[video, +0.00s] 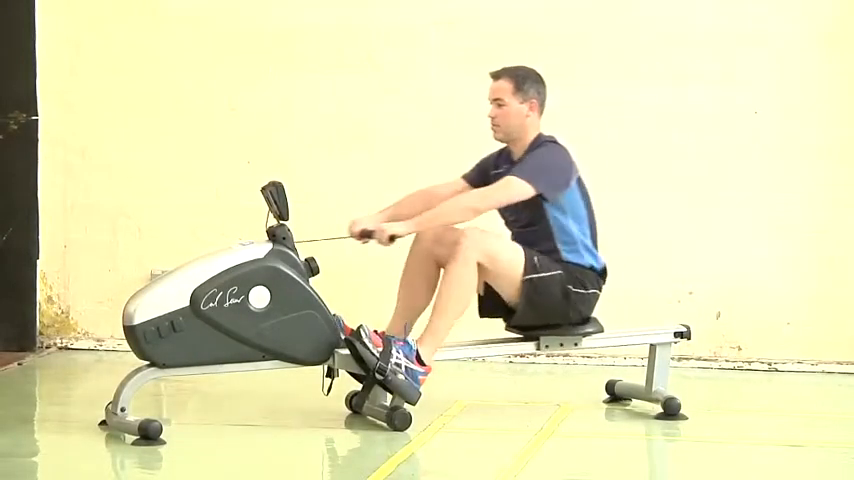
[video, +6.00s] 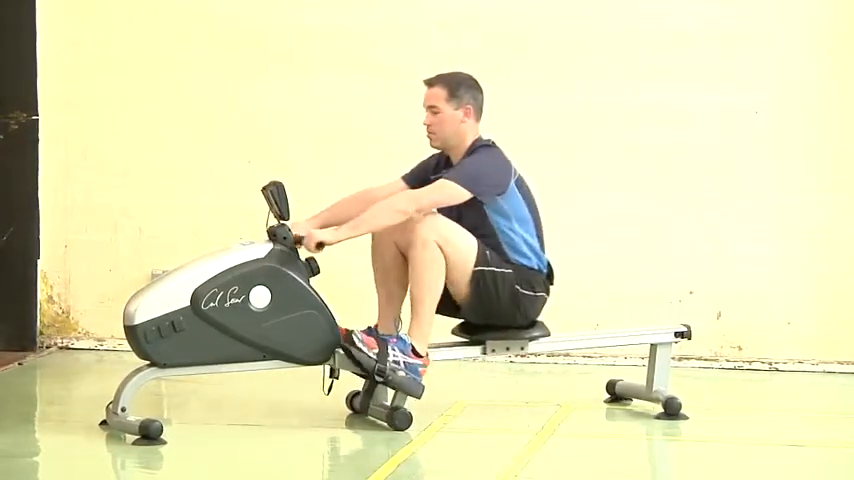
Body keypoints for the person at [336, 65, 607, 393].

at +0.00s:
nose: (490, 113)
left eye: (499, 104)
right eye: (490, 104)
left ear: (531, 108)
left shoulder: (551, 157)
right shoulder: (498, 162)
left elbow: (478, 203)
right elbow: (442, 194)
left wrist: (406, 227)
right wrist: (380, 216)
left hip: (571, 287)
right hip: (529, 285)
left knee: (471, 241)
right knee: (431, 236)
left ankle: (419, 360)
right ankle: (391, 342)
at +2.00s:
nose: (643, 111)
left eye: (652, 102)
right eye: (643, 102)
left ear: (685, 104)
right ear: (669, 106)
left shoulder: (704, 159)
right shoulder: (657, 159)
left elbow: (727, 239)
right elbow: (656, 224)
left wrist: (659, 228)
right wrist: (615, 224)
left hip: (648, 273)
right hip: (617, 260)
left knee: (538, 317)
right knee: (503, 303)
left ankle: (422, 362)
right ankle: (401, 345)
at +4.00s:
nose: (494, 106)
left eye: (504, 97)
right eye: (495, 97)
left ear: (535, 103)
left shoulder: (548, 156)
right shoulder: (495, 156)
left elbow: (464, 189)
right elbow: (432, 185)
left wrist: (396, 216)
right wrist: (366, 207)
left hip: (559, 282)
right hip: (520, 279)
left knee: (454, 235)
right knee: (422, 231)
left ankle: (417, 359)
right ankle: (387, 341)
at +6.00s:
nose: (426, 121)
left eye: (434, 112)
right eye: (425, 112)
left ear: (466, 114)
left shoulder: (488, 162)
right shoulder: (438, 164)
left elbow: (413, 205)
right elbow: (379, 196)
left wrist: (336, 235)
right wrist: (312, 223)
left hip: (518, 292)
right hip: (476, 293)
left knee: (427, 226)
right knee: (388, 224)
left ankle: (416, 353)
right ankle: (385, 336)